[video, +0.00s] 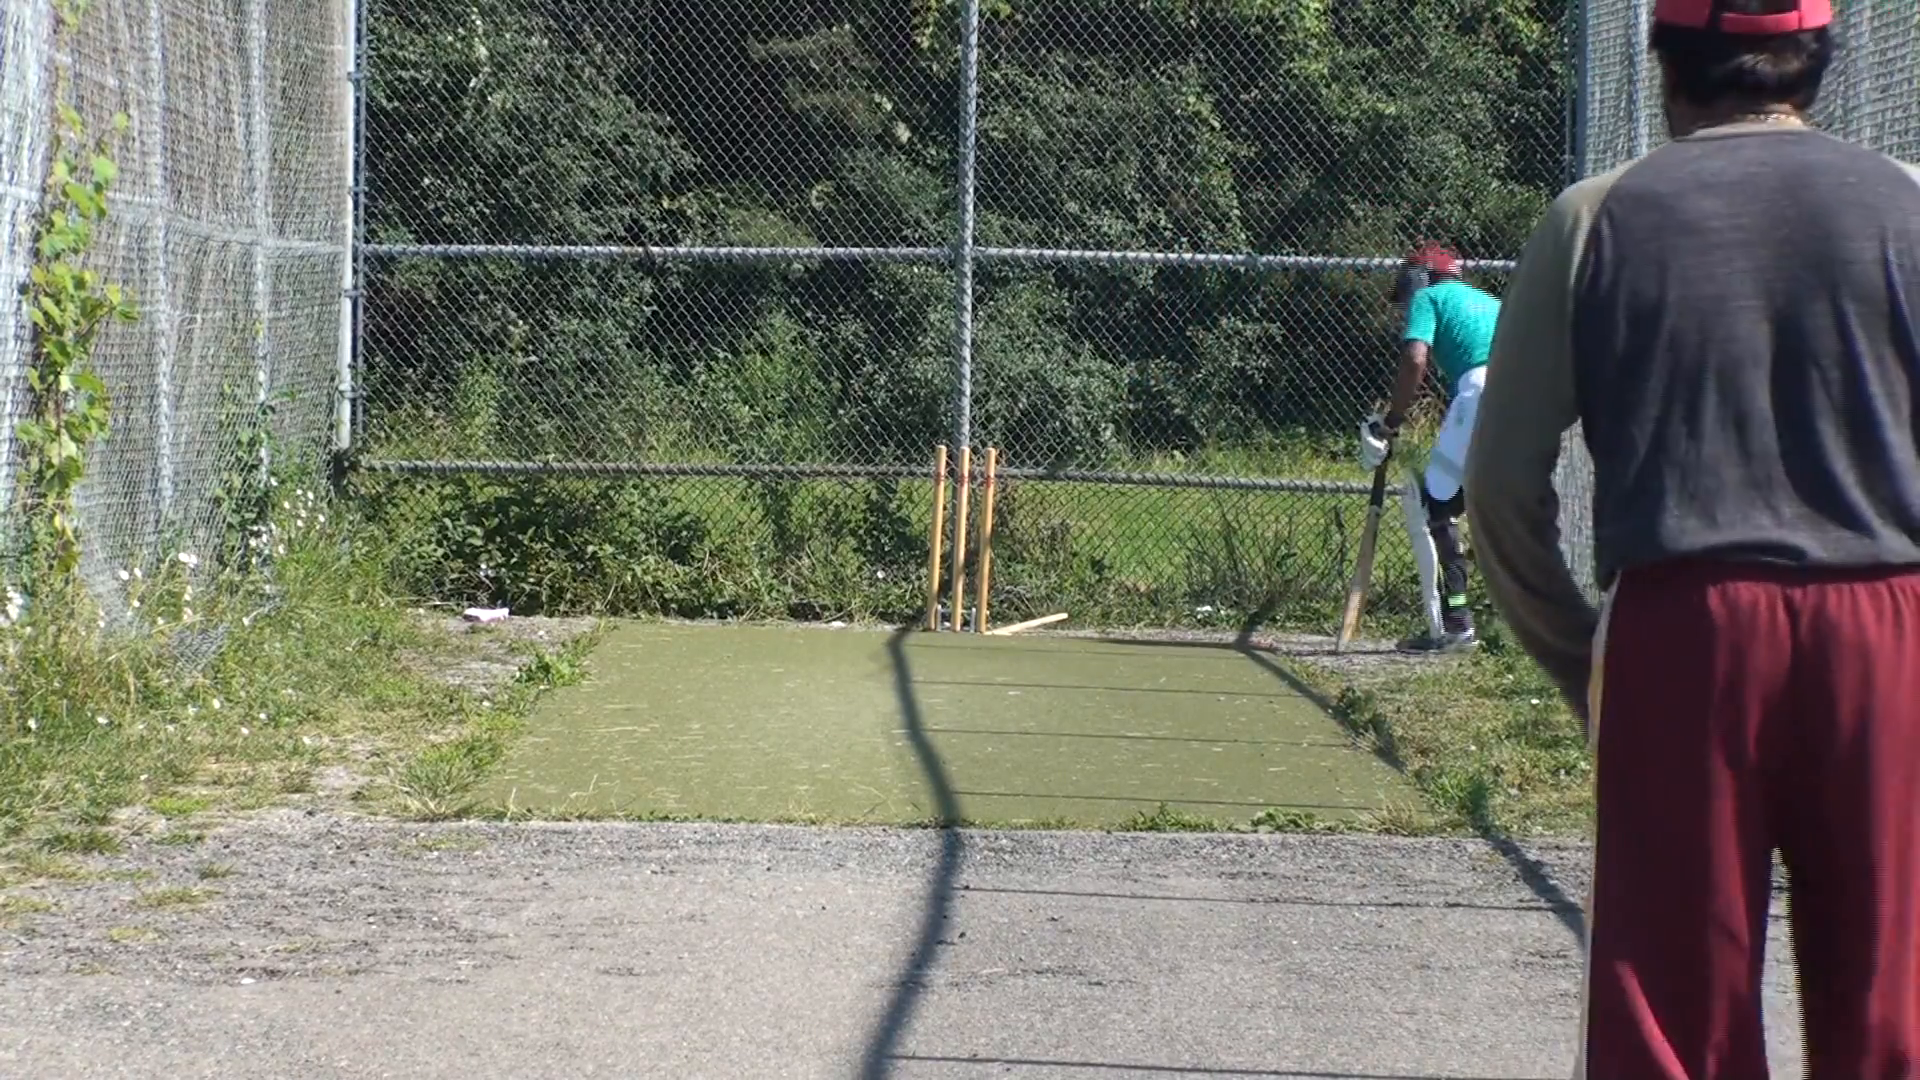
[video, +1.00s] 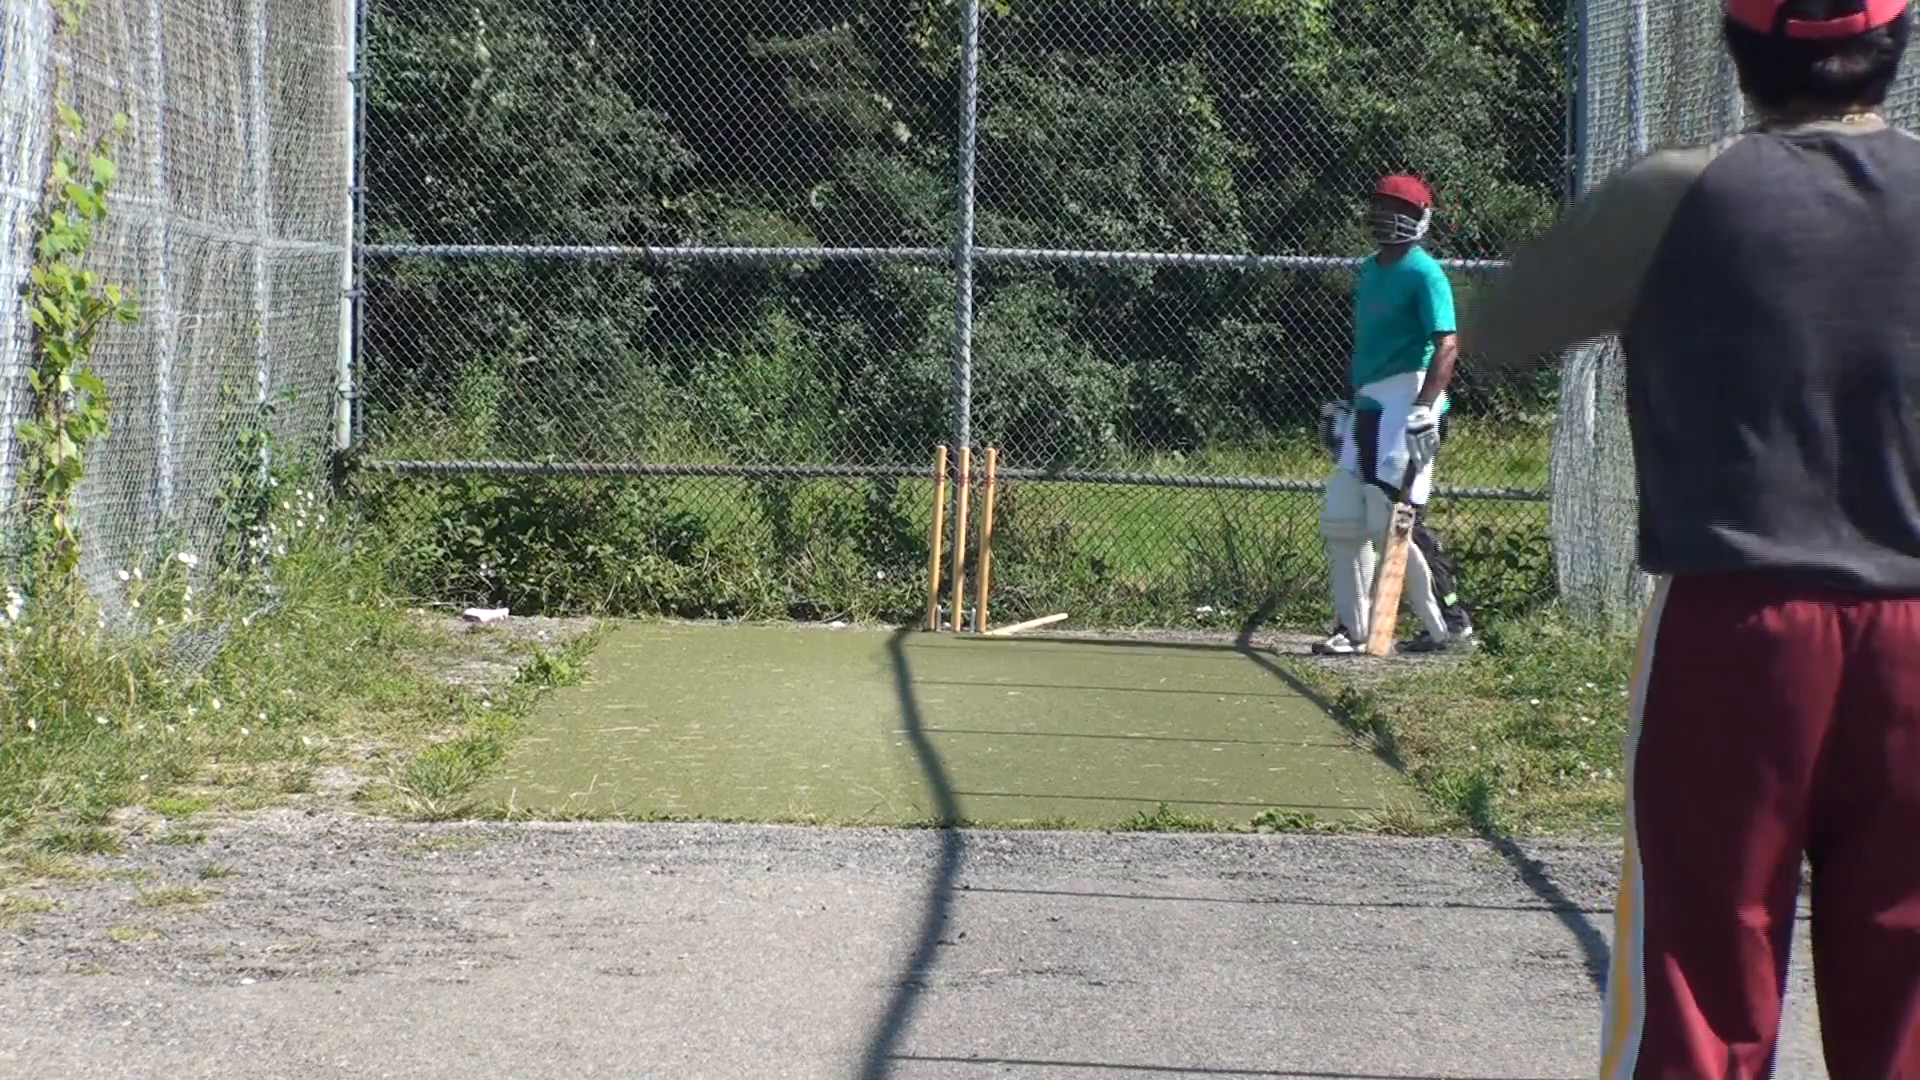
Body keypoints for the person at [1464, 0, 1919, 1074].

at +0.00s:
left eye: (1659, 61)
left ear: (1667, 72)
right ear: (1817, 68)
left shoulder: (1593, 218)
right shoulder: (1899, 199)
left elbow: (1500, 482)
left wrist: (1583, 658)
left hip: (1685, 637)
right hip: (1887, 637)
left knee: (1674, 994)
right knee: (1883, 990)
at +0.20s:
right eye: (1834, 33)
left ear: (1696, 57)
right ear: (1844, 61)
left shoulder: (1616, 206)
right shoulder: (1905, 197)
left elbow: (1529, 472)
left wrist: (1589, 646)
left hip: (1691, 630)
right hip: (1890, 635)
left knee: (1676, 983)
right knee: (1877, 988)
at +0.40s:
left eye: (1724, 43)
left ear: (1727, 62)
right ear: (1871, 69)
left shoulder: (1641, 203)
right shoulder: (1908, 194)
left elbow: (1570, 459)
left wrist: (1634, 615)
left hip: (1712, 628)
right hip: (1897, 632)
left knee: (1688, 970)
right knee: (1883, 976)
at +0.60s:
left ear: (1742, 59)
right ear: (1885, 72)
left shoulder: (1662, 200)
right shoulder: (1912, 191)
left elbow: (1592, 460)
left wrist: (1660, 625)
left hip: (1733, 622)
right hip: (1904, 625)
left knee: (1706, 964)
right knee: (1896, 968)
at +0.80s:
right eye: (1875, 44)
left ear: (1750, 59)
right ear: (1894, 71)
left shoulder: (1668, 198)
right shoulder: (1913, 184)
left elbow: (1580, 463)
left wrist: (1652, 608)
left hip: (1741, 626)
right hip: (1908, 628)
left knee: (1710, 981)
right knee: (1899, 983)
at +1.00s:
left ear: (1742, 52)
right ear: (1893, 51)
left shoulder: (1680, 196)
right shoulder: (1919, 183)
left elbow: (1495, 330)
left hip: (1736, 647)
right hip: (1913, 651)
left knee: (1706, 992)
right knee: (1902, 996)